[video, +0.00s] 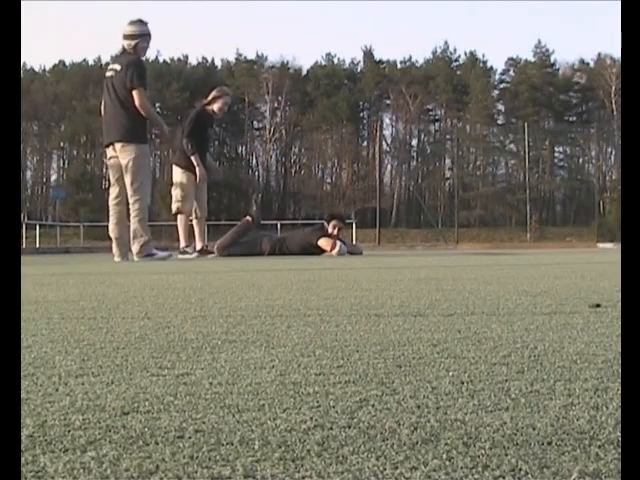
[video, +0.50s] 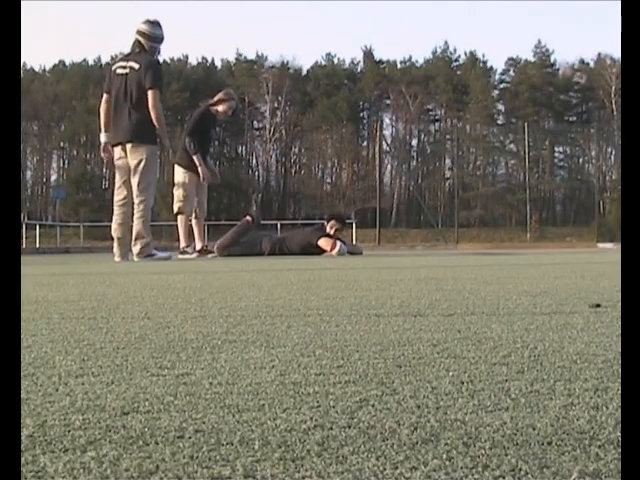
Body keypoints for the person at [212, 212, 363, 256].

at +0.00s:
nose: (336, 232)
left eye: (339, 230)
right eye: (334, 228)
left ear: (340, 230)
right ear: (327, 225)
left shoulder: (331, 237)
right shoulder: (318, 234)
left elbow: (358, 250)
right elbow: (335, 248)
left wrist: (341, 247)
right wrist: (342, 248)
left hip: (270, 242)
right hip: (266, 245)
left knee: (226, 247)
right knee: (220, 250)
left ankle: (204, 248)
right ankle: (246, 222)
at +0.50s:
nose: (335, 233)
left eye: (338, 231)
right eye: (334, 229)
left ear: (339, 230)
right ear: (327, 225)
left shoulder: (328, 235)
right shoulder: (318, 235)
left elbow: (357, 250)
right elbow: (336, 248)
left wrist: (341, 247)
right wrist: (345, 247)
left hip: (269, 241)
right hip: (265, 245)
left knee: (224, 246)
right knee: (221, 250)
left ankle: (204, 248)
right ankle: (246, 222)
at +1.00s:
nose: (335, 233)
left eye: (338, 231)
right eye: (334, 229)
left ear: (339, 230)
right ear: (327, 224)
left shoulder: (331, 236)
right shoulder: (318, 235)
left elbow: (358, 250)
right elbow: (337, 248)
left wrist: (342, 247)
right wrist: (342, 247)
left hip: (270, 242)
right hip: (266, 245)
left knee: (225, 247)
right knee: (220, 250)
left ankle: (203, 250)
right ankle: (247, 221)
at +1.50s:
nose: (334, 234)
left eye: (338, 231)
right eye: (333, 229)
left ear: (339, 230)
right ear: (327, 225)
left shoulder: (330, 237)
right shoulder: (319, 235)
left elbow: (357, 250)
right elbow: (335, 251)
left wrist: (344, 247)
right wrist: (344, 245)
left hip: (277, 243)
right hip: (274, 245)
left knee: (230, 247)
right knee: (227, 248)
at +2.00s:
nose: (338, 241)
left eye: (340, 239)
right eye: (339, 237)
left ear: (334, 234)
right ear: (333, 233)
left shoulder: (324, 238)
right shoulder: (319, 236)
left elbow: (355, 251)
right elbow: (333, 248)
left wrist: (345, 246)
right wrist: (351, 248)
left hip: (271, 240)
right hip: (269, 242)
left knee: (233, 245)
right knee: (232, 247)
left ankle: (203, 246)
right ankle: (201, 248)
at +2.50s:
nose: (339, 243)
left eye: (341, 241)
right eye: (340, 240)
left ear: (334, 234)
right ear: (335, 236)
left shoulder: (323, 238)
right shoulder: (320, 236)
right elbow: (334, 249)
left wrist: (345, 246)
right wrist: (350, 248)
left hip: (272, 241)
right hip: (271, 242)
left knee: (234, 247)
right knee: (233, 248)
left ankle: (198, 251)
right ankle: (197, 252)